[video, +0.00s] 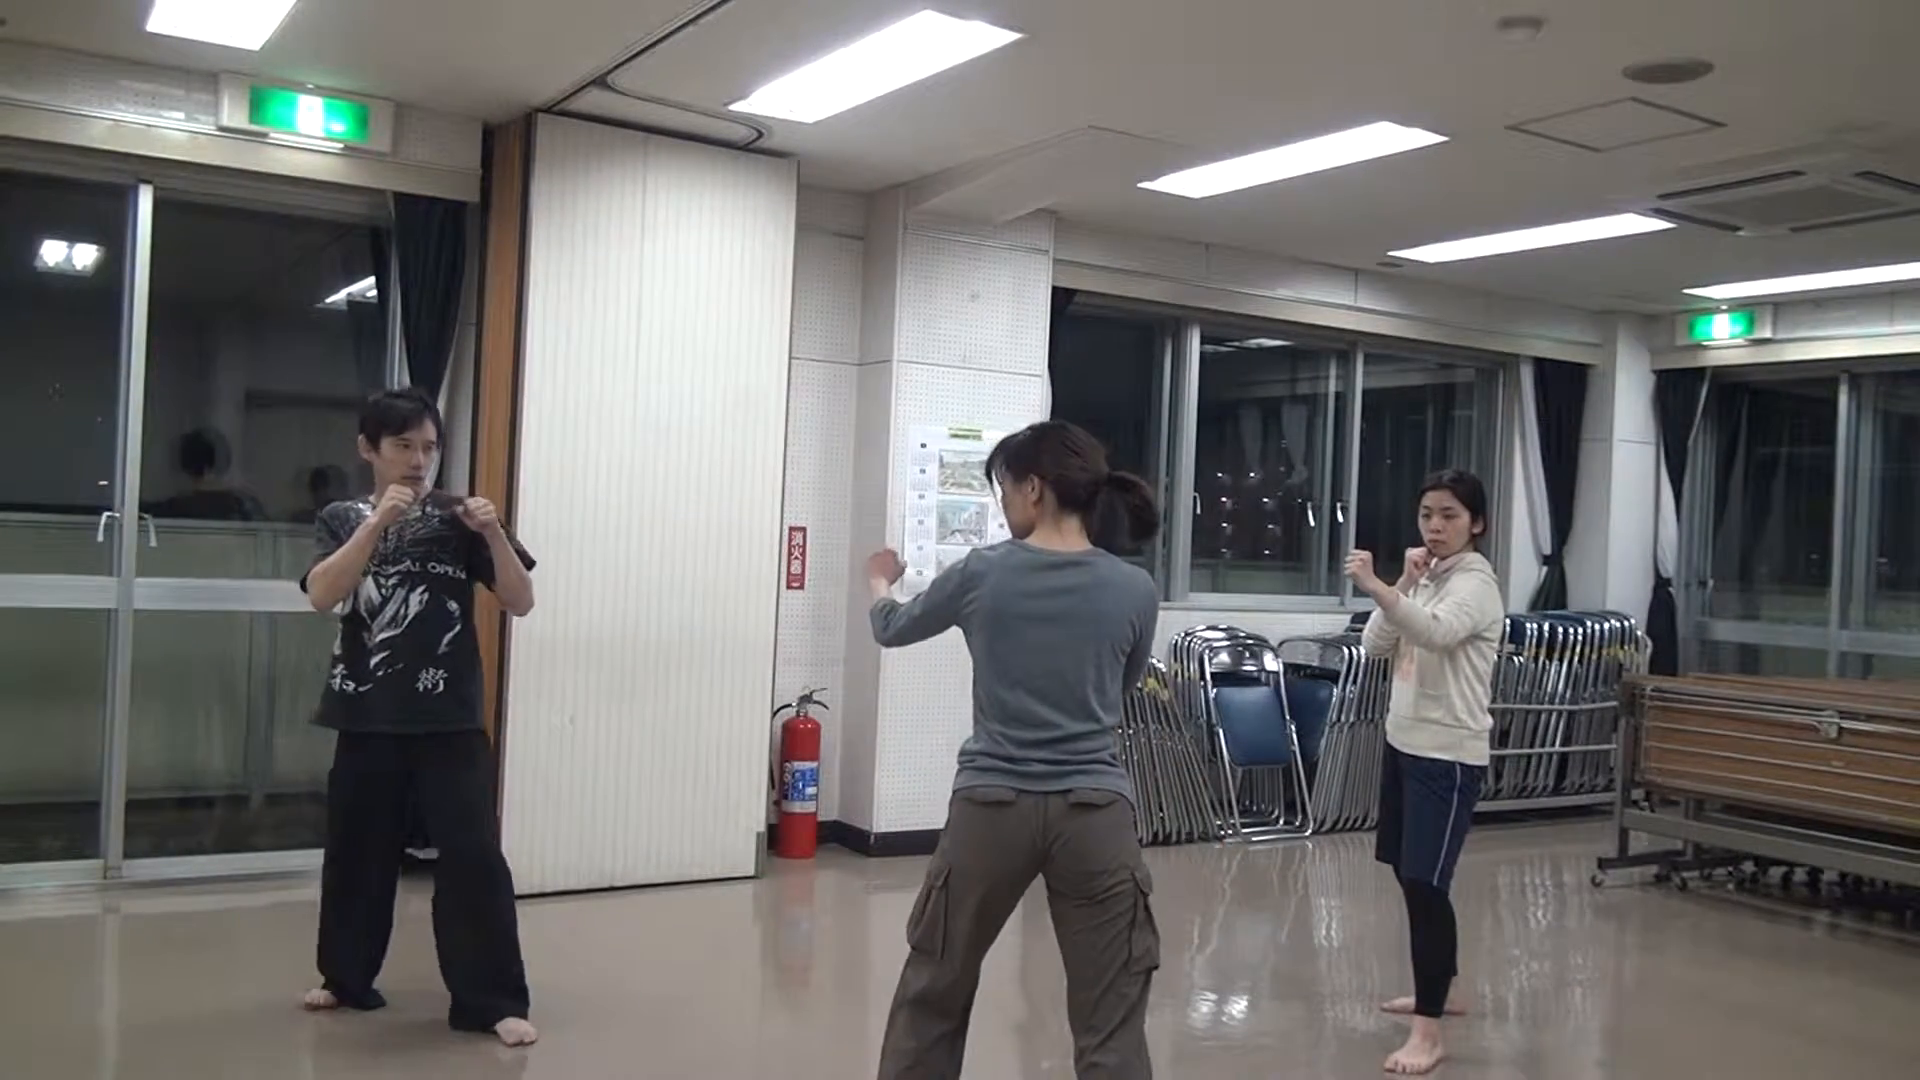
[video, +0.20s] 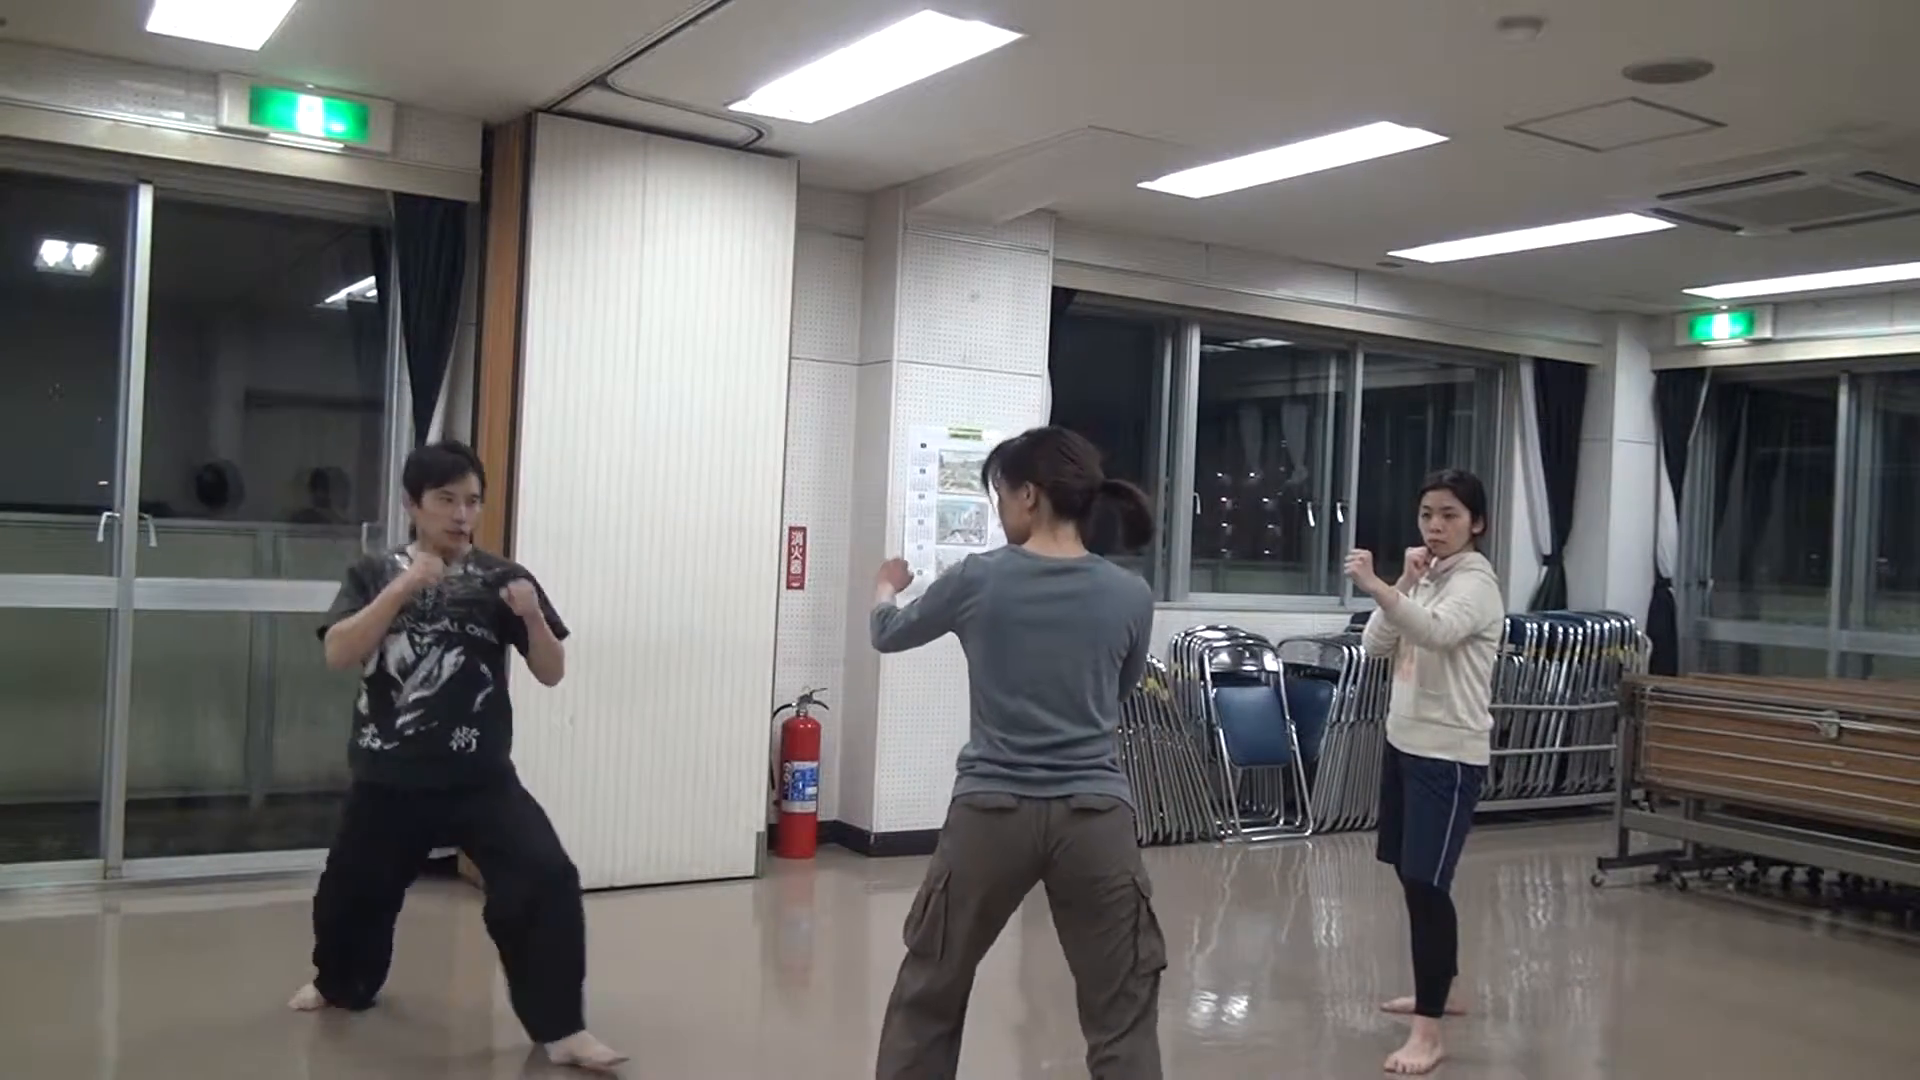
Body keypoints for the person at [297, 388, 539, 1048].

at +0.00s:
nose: (418, 458)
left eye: (428, 447)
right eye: (402, 445)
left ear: (439, 449)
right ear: (368, 449)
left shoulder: (462, 519)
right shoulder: (345, 518)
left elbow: (520, 601)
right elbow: (323, 593)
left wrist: (495, 533)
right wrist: (377, 521)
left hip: (450, 721)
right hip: (368, 720)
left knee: (473, 859)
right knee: (356, 853)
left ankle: (493, 1005)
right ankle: (346, 981)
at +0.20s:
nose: (462, 513)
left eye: (472, 501)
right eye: (446, 500)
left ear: (482, 506)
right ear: (413, 505)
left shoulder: (504, 579)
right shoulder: (376, 573)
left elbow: (550, 673)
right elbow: (339, 654)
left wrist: (533, 617)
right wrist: (401, 589)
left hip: (481, 777)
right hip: (391, 776)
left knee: (545, 879)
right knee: (350, 886)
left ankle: (561, 1027)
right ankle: (342, 984)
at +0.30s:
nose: (507, 525)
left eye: (518, 513)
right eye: (492, 511)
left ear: (527, 521)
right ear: (458, 518)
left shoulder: (550, 600)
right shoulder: (418, 593)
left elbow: (602, 690)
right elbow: (380, 682)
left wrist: (591, 655)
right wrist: (436, 622)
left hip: (516, 792)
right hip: (422, 792)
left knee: (593, 887)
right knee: (373, 892)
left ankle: (638, 1042)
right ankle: (338, 979)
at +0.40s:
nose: (559, 515)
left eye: (570, 504)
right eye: (543, 503)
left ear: (581, 514)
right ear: (511, 515)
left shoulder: (612, 588)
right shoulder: (483, 598)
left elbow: (691, 623)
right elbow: (450, 686)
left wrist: (716, 617)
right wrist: (502, 616)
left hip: (590, 795)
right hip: (498, 795)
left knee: (644, 891)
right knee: (431, 886)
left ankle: (650, 1058)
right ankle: (355, 969)